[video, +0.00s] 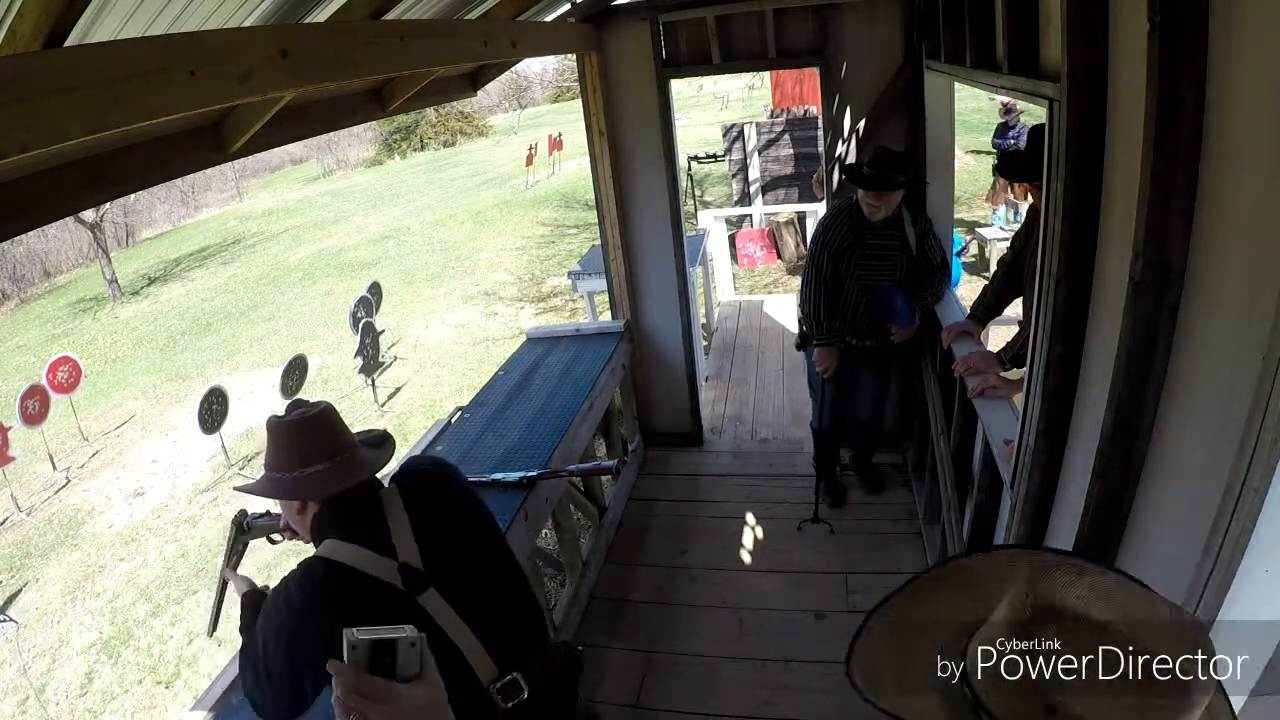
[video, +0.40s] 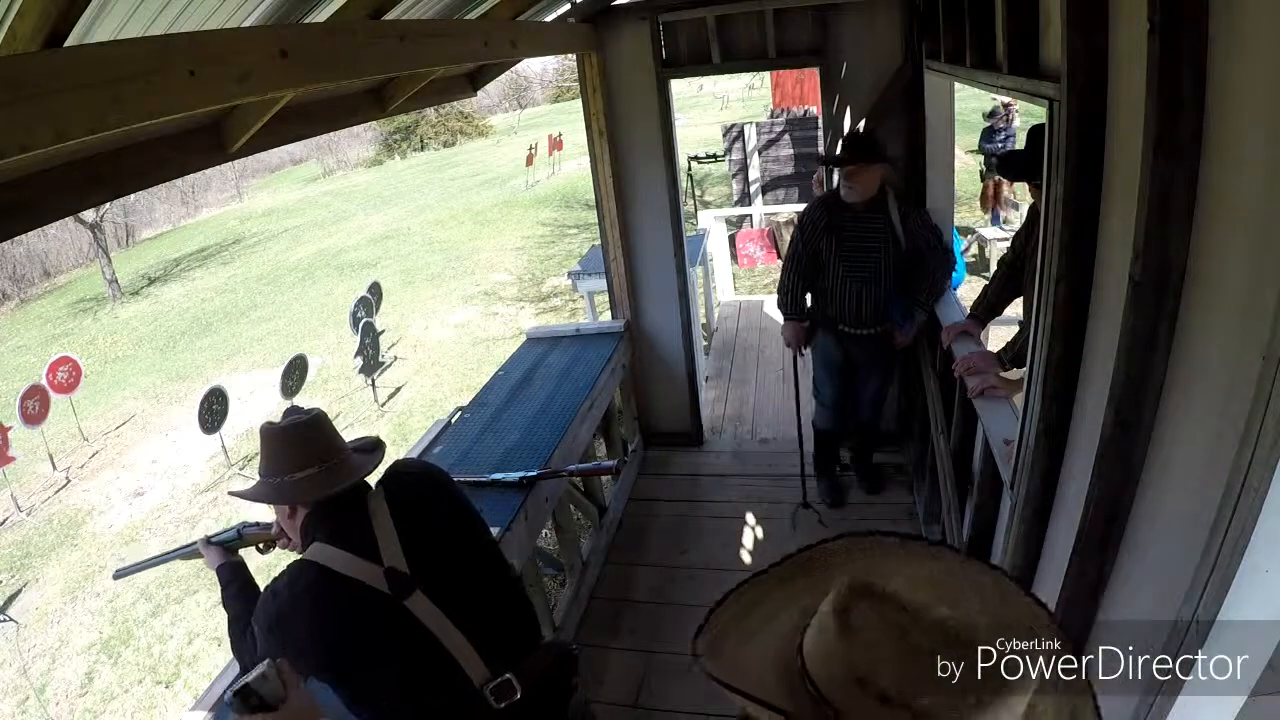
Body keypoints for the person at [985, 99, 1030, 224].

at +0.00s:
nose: (1008, 120)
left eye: (1011, 117)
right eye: (1006, 117)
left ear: (1016, 115)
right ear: (1004, 116)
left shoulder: (1024, 128)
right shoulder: (1001, 127)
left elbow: (1021, 145)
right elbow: (994, 143)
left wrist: (1001, 144)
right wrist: (1012, 142)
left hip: (1018, 166)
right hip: (1002, 164)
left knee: (1018, 194)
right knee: (999, 193)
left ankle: (1019, 221)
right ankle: (997, 221)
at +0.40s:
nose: (993, 123)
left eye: (995, 120)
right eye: (992, 120)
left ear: (1001, 118)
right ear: (991, 119)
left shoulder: (1010, 130)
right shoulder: (987, 131)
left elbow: (1009, 148)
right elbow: (982, 147)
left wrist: (988, 148)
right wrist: (1001, 146)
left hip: (1005, 169)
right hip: (990, 168)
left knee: (1003, 197)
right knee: (991, 197)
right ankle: (994, 222)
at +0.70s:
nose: (984, 130)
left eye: (986, 127)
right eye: (982, 127)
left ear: (992, 125)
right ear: (980, 126)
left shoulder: (1001, 137)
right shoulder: (978, 136)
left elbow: (995, 155)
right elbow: (971, 153)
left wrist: (974, 154)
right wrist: (988, 153)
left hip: (995, 177)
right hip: (980, 176)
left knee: (993, 205)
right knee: (982, 205)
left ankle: (994, 227)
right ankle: (985, 225)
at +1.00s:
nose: (975, 131)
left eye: (978, 128)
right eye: (974, 128)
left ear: (986, 126)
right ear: (973, 127)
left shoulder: (992, 139)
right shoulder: (970, 136)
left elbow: (986, 159)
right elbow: (961, 153)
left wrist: (970, 155)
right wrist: (976, 153)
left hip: (983, 178)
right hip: (968, 176)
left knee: (980, 209)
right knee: (965, 208)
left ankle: (979, 229)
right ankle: (968, 227)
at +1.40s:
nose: (961, 134)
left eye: (964, 131)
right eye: (960, 131)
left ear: (970, 130)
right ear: (958, 131)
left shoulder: (978, 143)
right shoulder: (955, 142)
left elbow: (974, 164)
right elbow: (948, 157)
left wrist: (956, 159)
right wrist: (964, 158)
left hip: (971, 185)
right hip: (955, 184)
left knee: (972, 219)